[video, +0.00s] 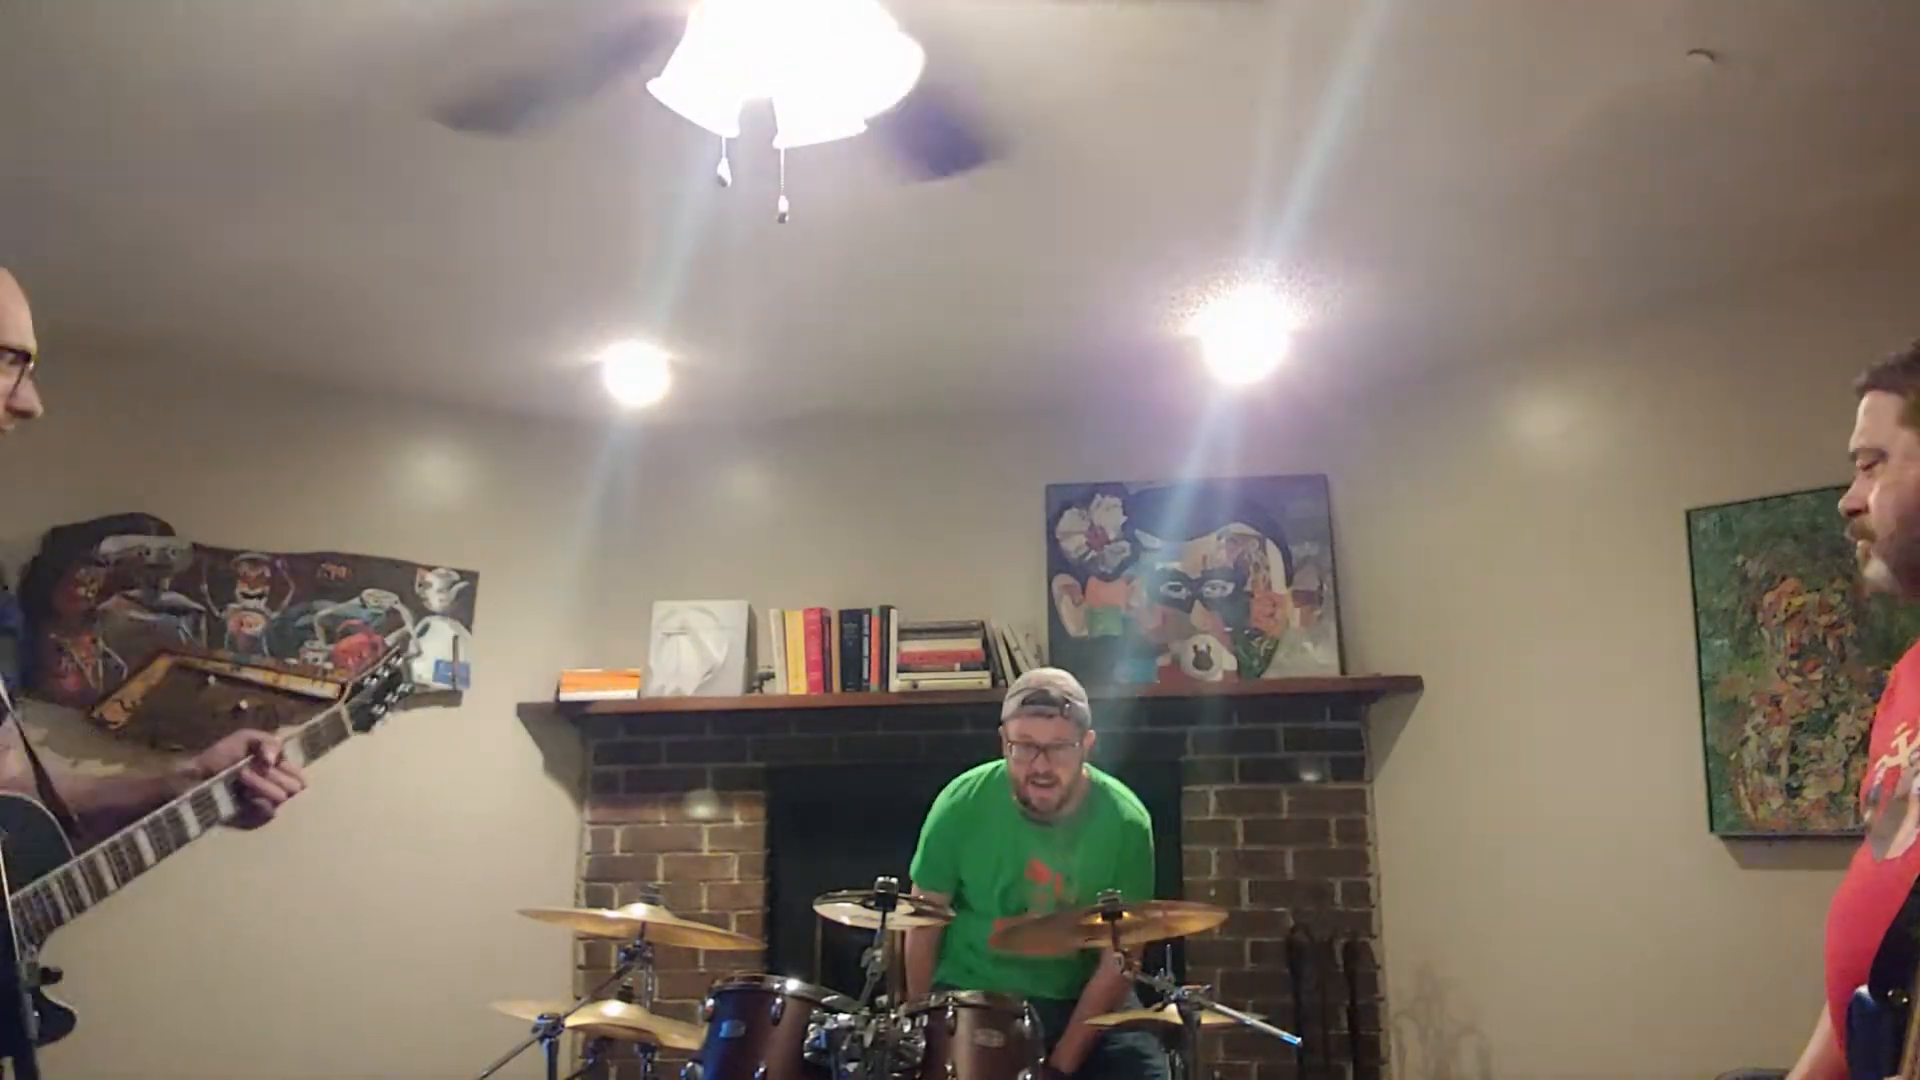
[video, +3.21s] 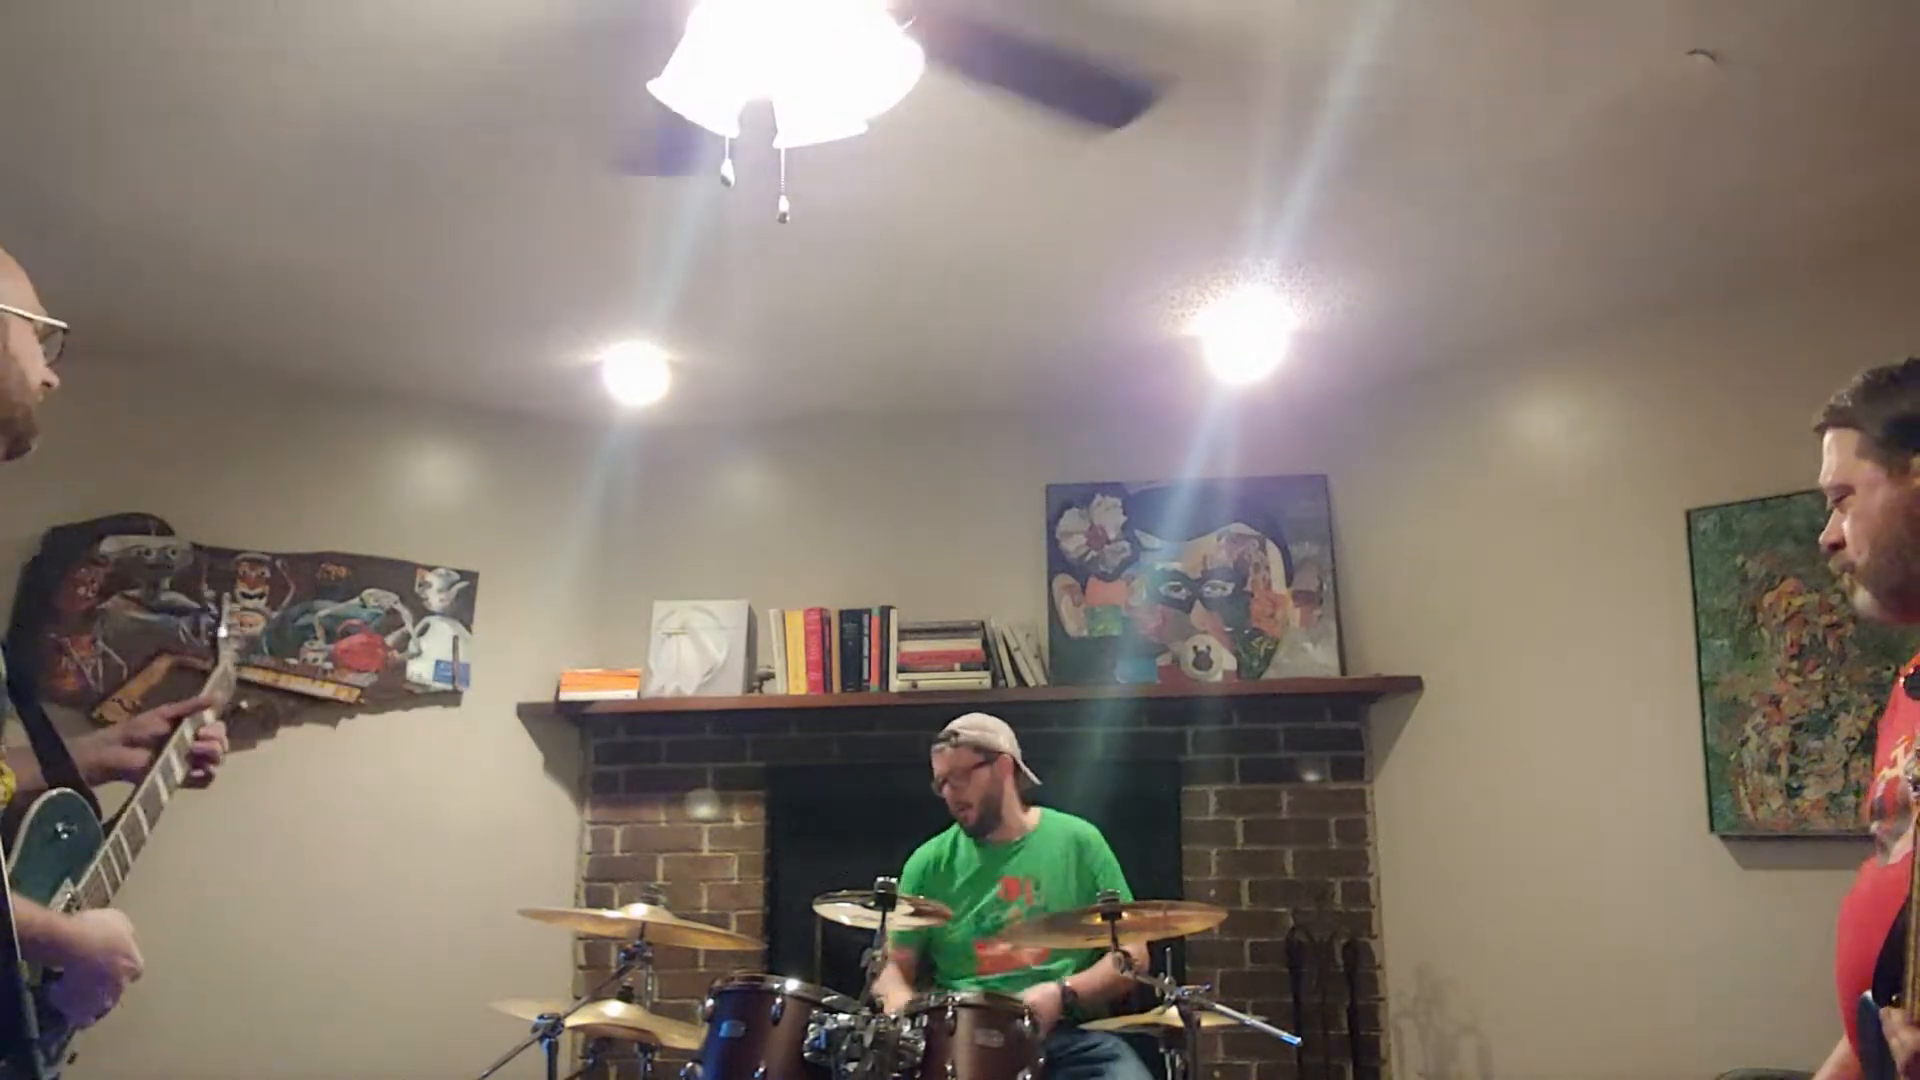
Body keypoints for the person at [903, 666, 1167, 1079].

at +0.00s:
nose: (1040, 765)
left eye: (1057, 748)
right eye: (1024, 747)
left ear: (1087, 744)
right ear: (1004, 742)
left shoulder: (1126, 822)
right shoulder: (961, 805)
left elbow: (1123, 955)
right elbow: (922, 921)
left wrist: (1060, 1064)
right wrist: (920, 1031)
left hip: (1082, 1004)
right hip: (973, 1002)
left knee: (1146, 1069)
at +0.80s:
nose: (994, 781)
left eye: (1008, 765)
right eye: (986, 764)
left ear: (1056, 752)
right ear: (976, 753)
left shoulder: (1114, 819)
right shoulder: (954, 812)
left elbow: (1128, 953)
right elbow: (908, 929)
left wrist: (1078, 1060)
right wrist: (901, 1039)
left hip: (1079, 1021)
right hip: (972, 1021)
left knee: (1147, 1069)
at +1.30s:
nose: (974, 813)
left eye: (986, 798)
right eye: (965, 800)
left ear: (1028, 782)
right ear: (957, 794)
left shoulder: (1099, 851)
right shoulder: (954, 862)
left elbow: (1151, 967)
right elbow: (905, 979)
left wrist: (1104, 1011)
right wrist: (886, 1054)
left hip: (1084, 1035)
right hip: (980, 1036)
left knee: (1149, 1074)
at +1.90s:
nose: (958, 849)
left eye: (970, 834)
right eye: (946, 835)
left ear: (1009, 814)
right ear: (935, 823)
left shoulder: (1081, 849)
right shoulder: (933, 877)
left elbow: (1142, 952)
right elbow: (901, 1004)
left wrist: (1092, 1017)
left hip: (1077, 1037)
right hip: (977, 1043)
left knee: (1131, 1075)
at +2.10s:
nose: (949, 880)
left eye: (963, 868)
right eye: (941, 864)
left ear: (1011, 850)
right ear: (933, 844)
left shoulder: (1076, 863)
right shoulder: (927, 890)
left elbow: (1129, 978)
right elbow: (893, 1009)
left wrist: (1056, 1060)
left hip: (1077, 1046)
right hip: (973, 1053)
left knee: (1130, 1074)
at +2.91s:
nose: (932, 839)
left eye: (942, 823)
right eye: (923, 826)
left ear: (986, 803)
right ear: (915, 821)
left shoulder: (1073, 844)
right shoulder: (928, 883)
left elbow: (1132, 959)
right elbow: (901, 1009)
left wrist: (1073, 1046)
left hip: (1081, 1038)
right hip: (980, 1048)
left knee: (1134, 1075)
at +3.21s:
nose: (947, 796)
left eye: (957, 779)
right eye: (940, 785)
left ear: (1004, 768)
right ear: (936, 786)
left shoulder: (1078, 841)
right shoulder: (928, 862)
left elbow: (1132, 954)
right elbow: (893, 971)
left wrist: (1063, 994)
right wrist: (911, 1015)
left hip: (1060, 1033)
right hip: (954, 1033)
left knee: (1127, 1072)